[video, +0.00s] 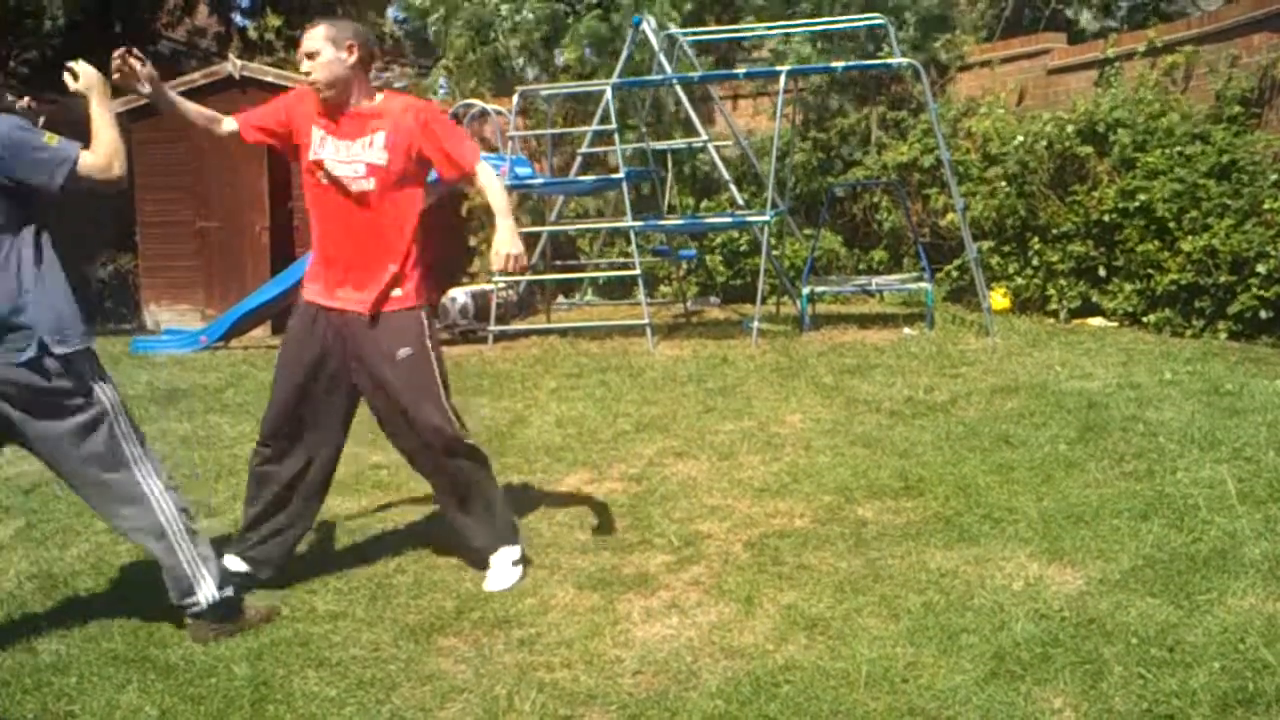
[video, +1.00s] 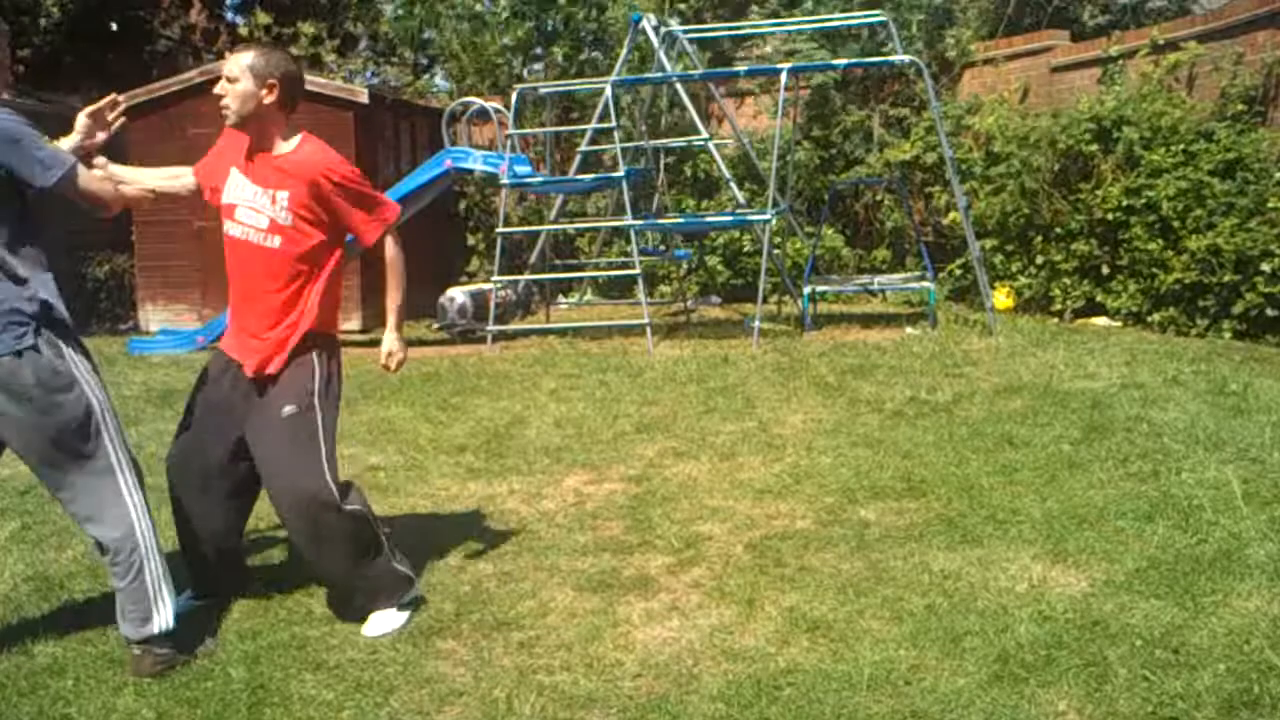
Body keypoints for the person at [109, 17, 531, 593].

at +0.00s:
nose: (304, 67)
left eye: (313, 56)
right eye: (301, 58)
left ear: (351, 55)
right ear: (309, 62)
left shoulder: (409, 115)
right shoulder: (300, 108)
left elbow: (481, 167)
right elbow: (224, 128)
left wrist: (507, 227)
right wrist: (158, 92)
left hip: (391, 308)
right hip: (320, 304)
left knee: (433, 434)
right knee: (286, 433)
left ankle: (500, 543)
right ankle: (257, 556)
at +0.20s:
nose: (236, 104)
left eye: (244, 93)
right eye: (236, 94)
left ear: (276, 94)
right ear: (268, 96)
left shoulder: (311, 125)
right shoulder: (285, 150)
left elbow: (358, 135)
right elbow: (318, 227)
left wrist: (347, 97)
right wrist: (284, 279)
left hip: (338, 327)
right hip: (294, 331)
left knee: (392, 450)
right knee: (245, 443)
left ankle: (489, 535)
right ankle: (230, 568)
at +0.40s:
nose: (194, 120)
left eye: (200, 111)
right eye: (194, 111)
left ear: (228, 112)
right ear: (254, 118)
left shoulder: (228, 135)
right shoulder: (302, 165)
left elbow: (183, 113)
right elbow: (363, 222)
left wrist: (113, 73)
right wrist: (420, 273)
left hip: (286, 329)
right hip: (279, 333)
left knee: (321, 462)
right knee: (217, 444)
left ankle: (462, 532)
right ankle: (221, 578)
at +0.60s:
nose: (176, 91)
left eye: (187, 78)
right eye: (177, 80)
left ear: (225, 85)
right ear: (218, 88)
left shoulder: (247, 118)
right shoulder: (220, 141)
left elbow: (252, 162)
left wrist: (156, 165)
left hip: (277, 320)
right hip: (232, 327)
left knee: (303, 463)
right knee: (202, 459)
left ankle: (424, 526)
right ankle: (217, 581)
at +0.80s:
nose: (219, 82)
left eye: (232, 73)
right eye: (221, 72)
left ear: (273, 83)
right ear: (262, 83)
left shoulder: (327, 152)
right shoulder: (216, 132)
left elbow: (371, 239)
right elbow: (136, 137)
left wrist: (335, 311)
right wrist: (95, 115)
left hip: (299, 339)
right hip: (231, 340)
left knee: (316, 490)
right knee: (189, 464)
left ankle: (392, 587)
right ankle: (215, 579)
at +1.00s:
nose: (218, 91)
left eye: (229, 81)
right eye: (220, 81)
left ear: (269, 91)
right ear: (259, 92)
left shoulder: (320, 166)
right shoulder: (229, 152)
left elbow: (388, 233)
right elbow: (187, 179)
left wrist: (393, 326)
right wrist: (101, 171)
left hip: (301, 357)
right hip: (236, 353)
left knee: (306, 494)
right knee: (194, 468)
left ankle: (390, 589)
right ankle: (210, 586)